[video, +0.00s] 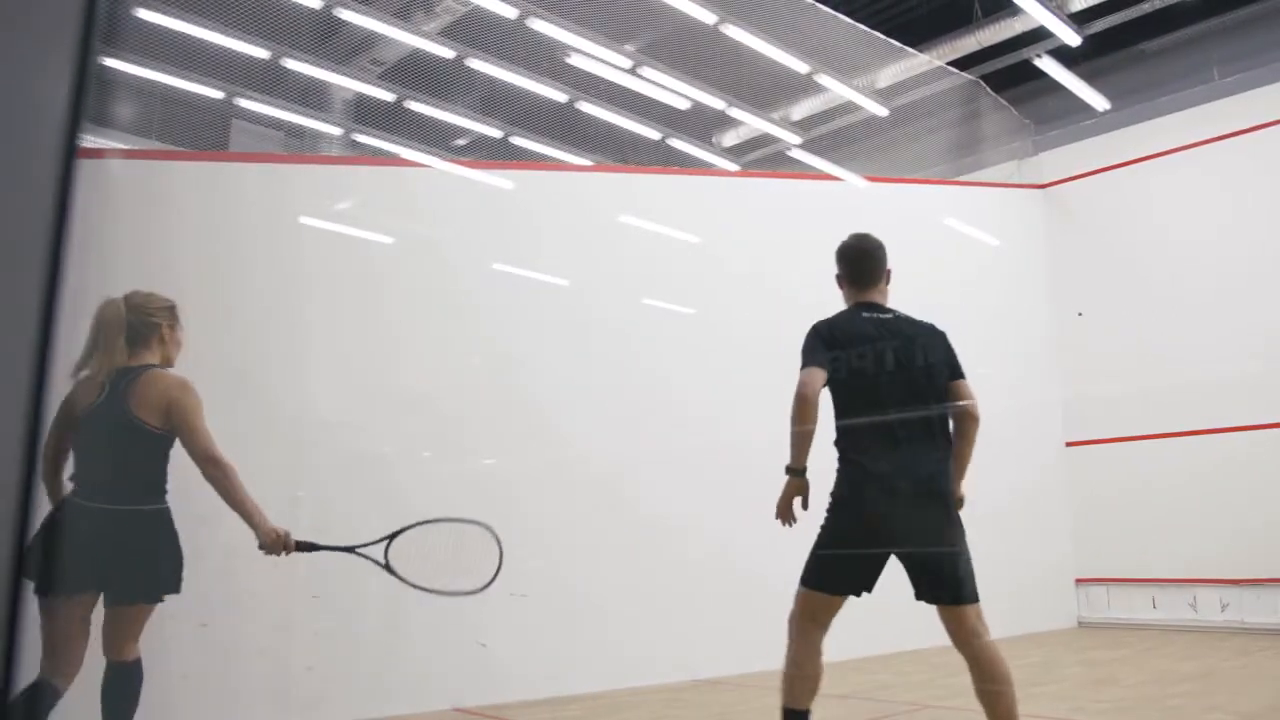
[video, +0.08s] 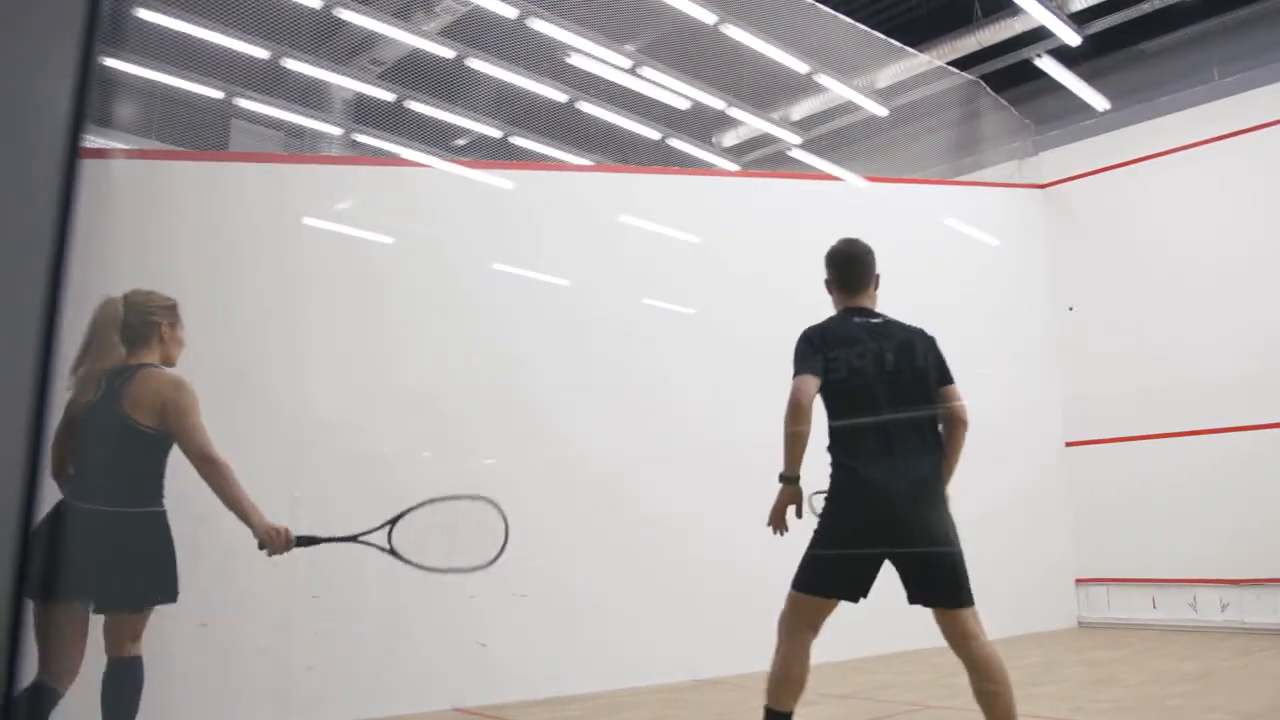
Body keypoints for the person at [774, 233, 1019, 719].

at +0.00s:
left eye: (839, 278)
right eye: (882, 274)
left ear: (838, 281)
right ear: (888, 278)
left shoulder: (827, 333)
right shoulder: (929, 335)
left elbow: (808, 392)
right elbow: (968, 412)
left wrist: (797, 470)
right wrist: (955, 480)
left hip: (861, 508)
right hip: (931, 507)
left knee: (807, 625)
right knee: (974, 637)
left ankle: (794, 717)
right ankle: (1006, 718)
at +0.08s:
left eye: (830, 282)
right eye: (873, 280)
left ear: (827, 286)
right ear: (877, 284)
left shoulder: (818, 338)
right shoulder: (918, 340)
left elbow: (801, 402)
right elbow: (957, 417)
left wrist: (790, 480)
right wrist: (938, 484)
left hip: (856, 511)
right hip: (924, 509)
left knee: (796, 630)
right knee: (970, 638)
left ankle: (774, 719)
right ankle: (1007, 718)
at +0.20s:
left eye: (814, 289)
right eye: (857, 287)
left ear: (810, 292)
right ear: (858, 290)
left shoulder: (802, 345)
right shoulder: (899, 345)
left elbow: (788, 411)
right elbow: (937, 424)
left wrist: (778, 491)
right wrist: (912, 482)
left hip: (842, 515)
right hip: (908, 512)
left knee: (782, 634)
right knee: (962, 640)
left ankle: (761, 718)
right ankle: (1004, 717)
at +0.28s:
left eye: (797, 293)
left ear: (798, 296)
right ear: (846, 293)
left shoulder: (790, 349)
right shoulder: (886, 349)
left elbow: (778, 421)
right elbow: (921, 428)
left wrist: (768, 498)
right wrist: (893, 484)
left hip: (828, 518)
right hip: (897, 516)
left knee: (771, 635)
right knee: (952, 639)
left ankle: (754, 718)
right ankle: (1000, 717)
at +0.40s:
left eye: (777, 294)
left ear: (778, 298)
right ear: (826, 294)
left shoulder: (773, 350)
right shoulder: (865, 350)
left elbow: (766, 425)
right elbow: (896, 431)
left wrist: (754, 502)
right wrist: (866, 479)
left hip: (812, 514)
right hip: (878, 512)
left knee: (759, 629)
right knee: (932, 635)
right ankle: (986, 717)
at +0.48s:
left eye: (766, 293)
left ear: (767, 296)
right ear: (816, 292)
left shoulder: (763, 348)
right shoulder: (854, 349)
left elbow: (759, 426)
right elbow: (880, 432)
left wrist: (747, 501)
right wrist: (846, 475)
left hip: (804, 513)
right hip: (869, 511)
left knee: (755, 633)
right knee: (917, 631)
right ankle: (973, 717)